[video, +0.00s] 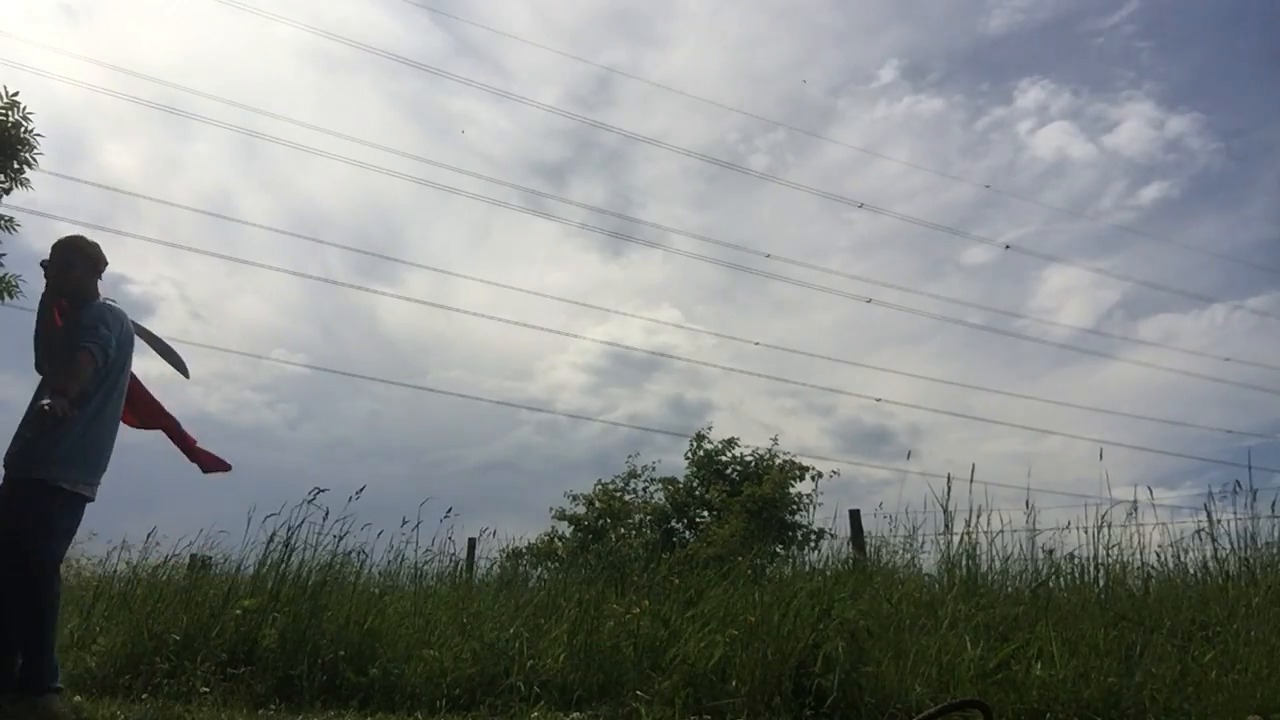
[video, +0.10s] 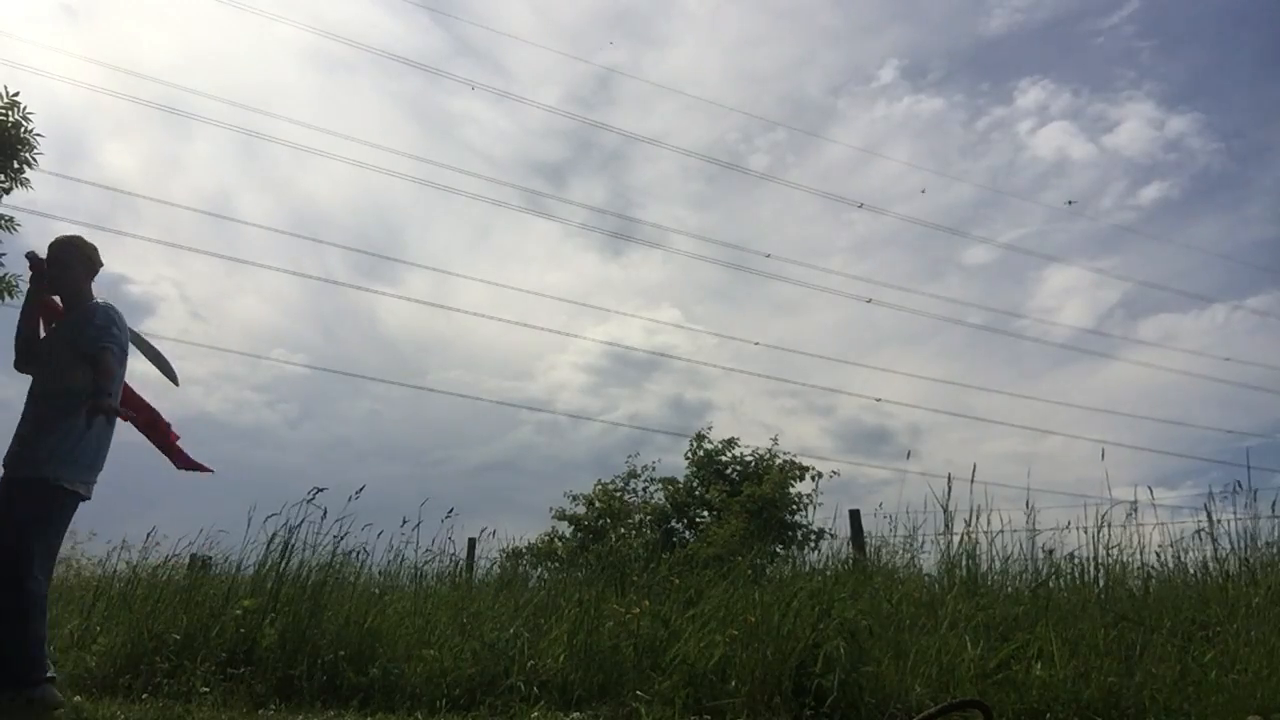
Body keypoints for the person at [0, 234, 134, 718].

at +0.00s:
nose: (49, 277)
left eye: (57, 268)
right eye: (49, 269)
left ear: (86, 271)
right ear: (85, 274)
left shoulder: (102, 316)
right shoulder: (90, 322)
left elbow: (78, 371)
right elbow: (48, 363)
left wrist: (59, 398)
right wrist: (47, 302)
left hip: (53, 472)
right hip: (48, 472)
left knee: (32, 574)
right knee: (29, 574)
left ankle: (36, 684)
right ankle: (32, 680)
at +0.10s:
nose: (54, 274)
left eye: (62, 264)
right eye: (51, 265)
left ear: (86, 270)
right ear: (55, 275)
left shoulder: (103, 317)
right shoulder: (63, 329)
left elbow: (113, 359)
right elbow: (24, 357)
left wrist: (108, 397)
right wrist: (34, 296)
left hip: (60, 467)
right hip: (27, 463)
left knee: (25, 572)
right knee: (16, 571)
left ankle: (30, 684)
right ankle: (26, 680)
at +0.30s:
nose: (46, 269)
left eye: (58, 261)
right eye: (45, 262)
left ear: (85, 268)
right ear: (47, 271)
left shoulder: (99, 313)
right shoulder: (48, 331)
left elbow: (139, 364)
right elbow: (9, 349)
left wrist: (177, 415)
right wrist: (17, 293)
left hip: (58, 464)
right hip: (27, 462)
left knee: (25, 564)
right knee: (20, 568)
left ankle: (66, 671)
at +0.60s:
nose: (69, 271)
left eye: (81, 263)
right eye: (68, 263)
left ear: (108, 274)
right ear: (66, 274)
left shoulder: (135, 329)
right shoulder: (42, 336)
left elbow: (184, 364)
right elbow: (6, 361)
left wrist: (216, 397)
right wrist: (4, 334)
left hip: (82, 474)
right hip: (23, 472)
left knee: (69, 565)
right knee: (5, 572)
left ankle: (101, 684)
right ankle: (4, 686)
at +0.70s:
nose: (96, 272)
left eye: (108, 264)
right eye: (91, 264)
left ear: (130, 274)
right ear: (84, 275)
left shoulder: (154, 328)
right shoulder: (65, 327)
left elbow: (202, 361)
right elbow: (36, 380)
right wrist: (12, 321)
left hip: (97, 478)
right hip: (35, 472)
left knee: (84, 578)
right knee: (9, 580)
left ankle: (101, 695)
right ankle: (4, 688)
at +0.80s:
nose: (107, 266)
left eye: (118, 259)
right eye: (106, 259)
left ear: (140, 270)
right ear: (104, 268)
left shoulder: (163, 326)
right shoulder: (81, 320)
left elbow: (193, 324)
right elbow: (49, 356)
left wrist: (149, 274)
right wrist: (74, 346)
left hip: (115, 473)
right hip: (53, 465)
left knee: (99, 587)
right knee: (17, 578)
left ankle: (101, 696)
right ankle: (8, 687)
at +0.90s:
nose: (127, 264)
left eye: (138, 257)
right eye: (121, 257)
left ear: (162, 267)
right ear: (111, 263)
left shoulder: (182, 312)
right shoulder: (92, 306)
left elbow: (143, 298)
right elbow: (95, 360)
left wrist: (88, 268)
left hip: (129, 471)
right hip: (63, 463)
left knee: (111, 586)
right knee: (30, 576)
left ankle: (103, 693)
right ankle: (38, 690)